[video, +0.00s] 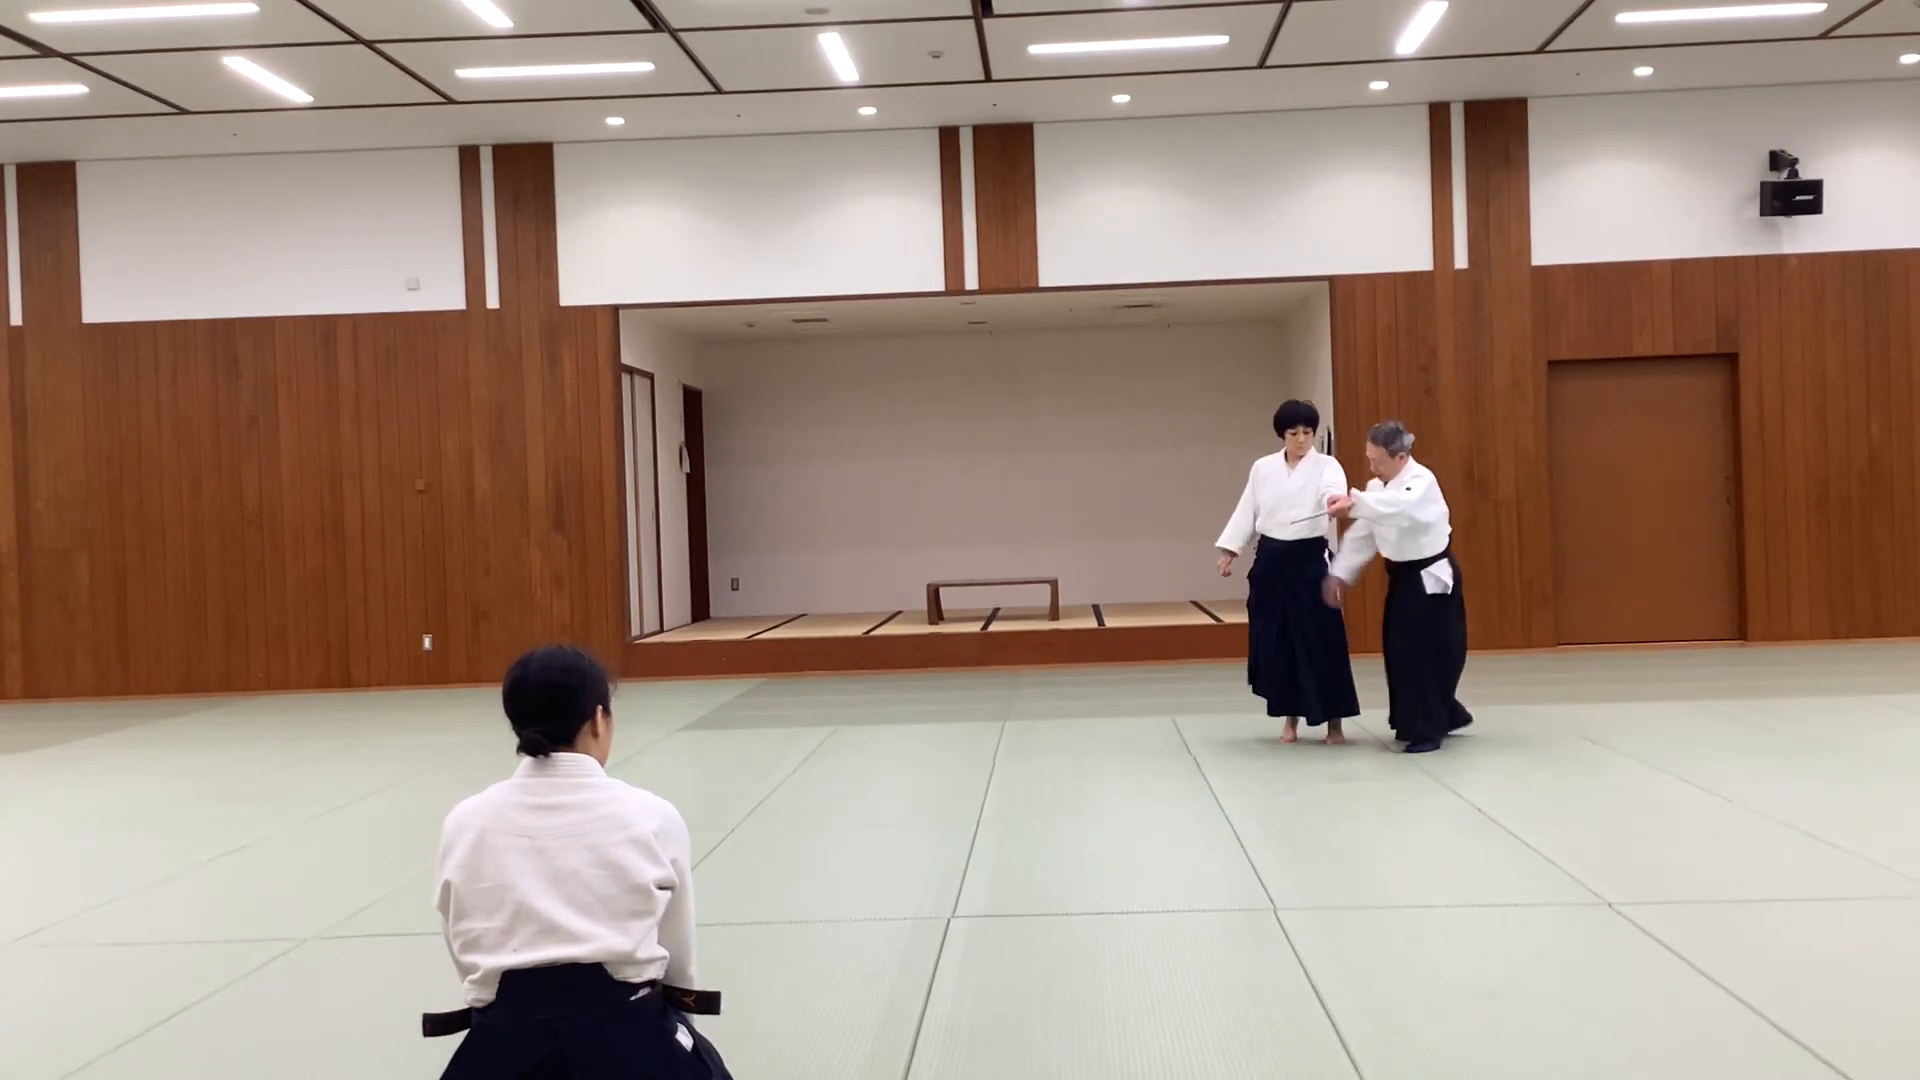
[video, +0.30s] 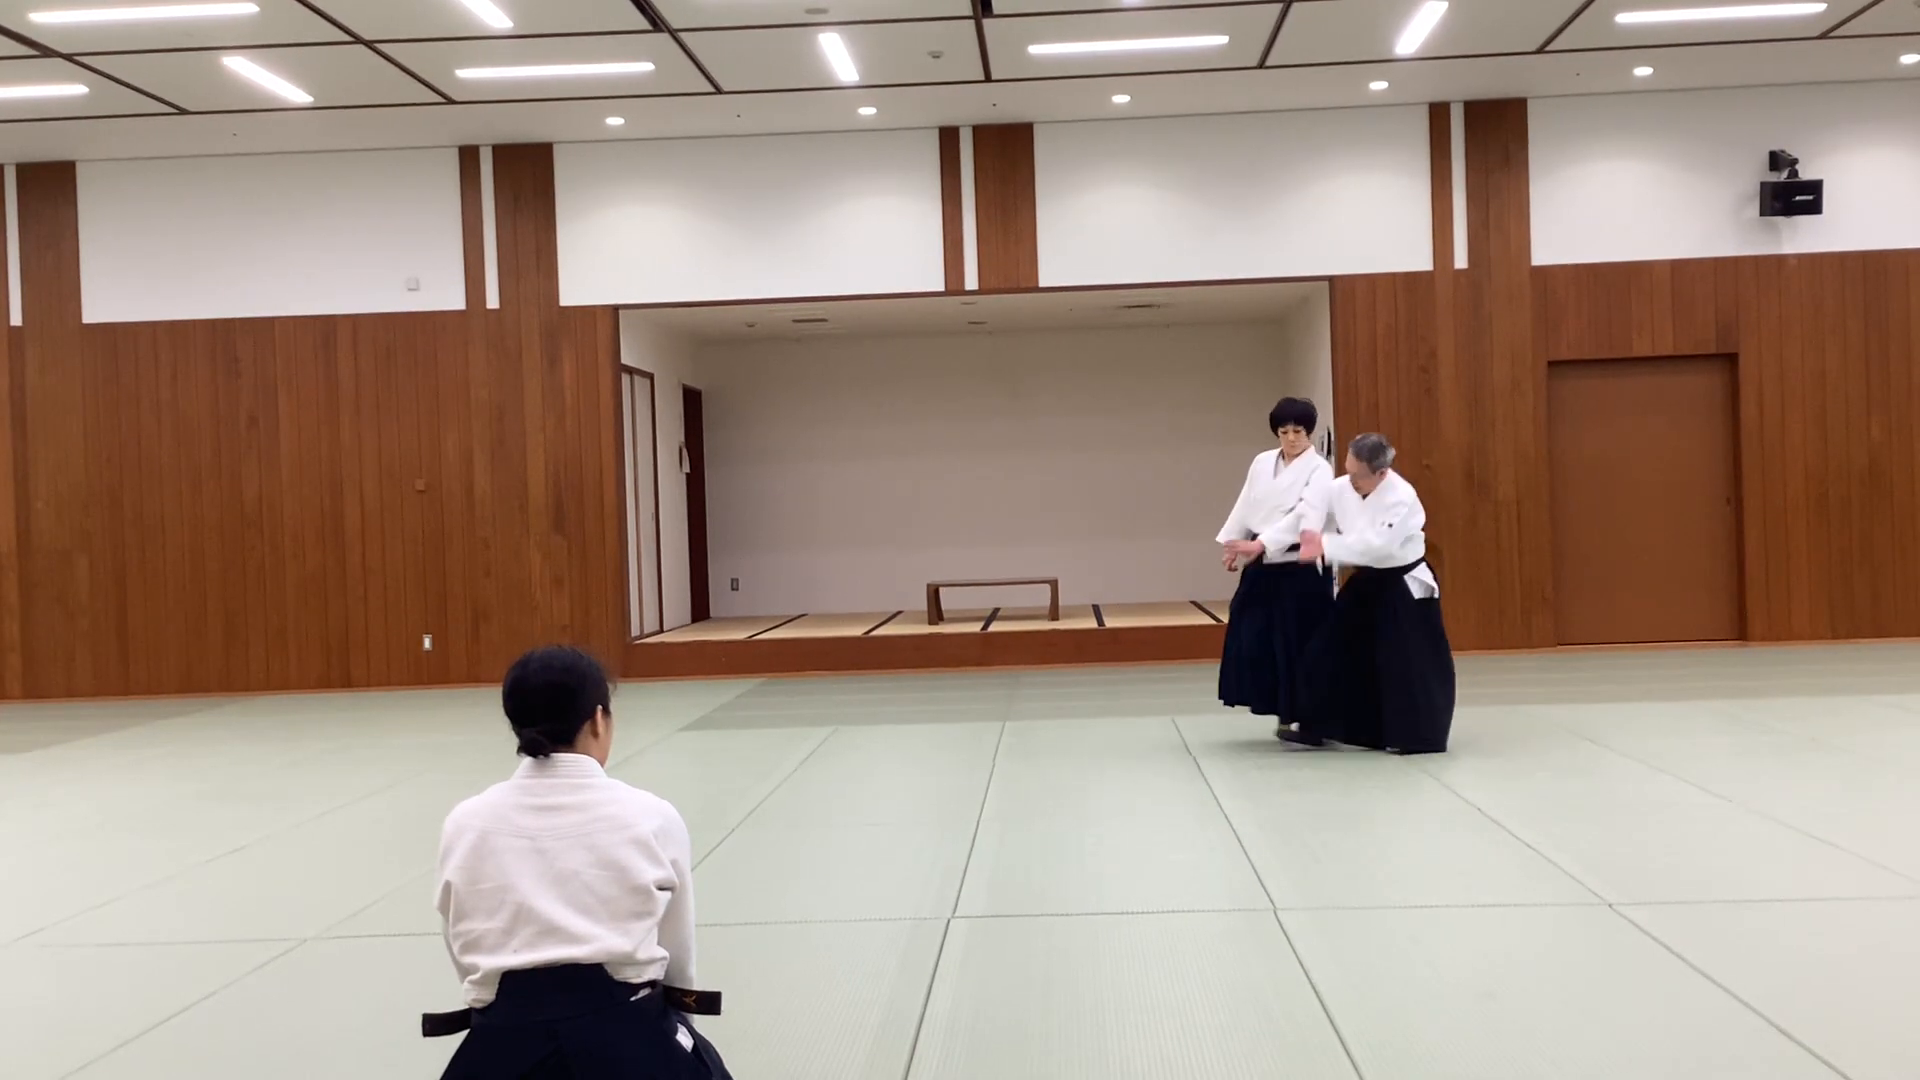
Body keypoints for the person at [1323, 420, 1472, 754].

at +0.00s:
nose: (1370, 465)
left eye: (1375, 459)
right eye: (1368, 459)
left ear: (1398, 455)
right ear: (1374, 454)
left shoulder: (1421, 480)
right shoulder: (1377, 487)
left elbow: (1400, 506)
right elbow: (1360, 535)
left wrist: (1354, 502)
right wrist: (1338, 573)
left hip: (1431, 576)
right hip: (1401, 577)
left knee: (1424, 650)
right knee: (1400, 649)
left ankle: (1426, 730)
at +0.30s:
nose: (1350, 478)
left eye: (1357, 474)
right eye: (1349, 471)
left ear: (1381, 473)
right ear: (1346, 464)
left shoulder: (1402, 498)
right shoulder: (1339, 488)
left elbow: (1385, 545)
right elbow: (1310, 507)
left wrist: (1327, 546)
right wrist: (1311, 533)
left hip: (1404, 585)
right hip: (1363, 583)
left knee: (1405, 659)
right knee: (1332, 649)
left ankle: (1411, 735)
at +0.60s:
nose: (1291, 515)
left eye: (1297, 510)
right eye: (1290, 508)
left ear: (1318, 506)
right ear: (1289, 501)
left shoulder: (1349, 524)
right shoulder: (1279, 534)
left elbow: (1358, 582)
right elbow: (1283, 583)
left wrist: (1318, 613)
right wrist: (1302, 614)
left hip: (1354, 602)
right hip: (1308, 606)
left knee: (1379, 668)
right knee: (1281, 668)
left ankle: (1414, 735)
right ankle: (1252, 742)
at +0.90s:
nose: (1230, 509)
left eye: (1236, 501)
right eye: (1226, 502)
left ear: (1257, 493)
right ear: (1224, 499)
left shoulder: (1286, 514)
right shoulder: (1223, 525)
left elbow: (1297, 568)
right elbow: (1189, 557)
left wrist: (1243, 596)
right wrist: (1155, 597)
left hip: (1324, 584)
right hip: (1280, 592)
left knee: (1360, 647)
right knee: (1254, 655)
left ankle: (1411, 718)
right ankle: (1248, 738)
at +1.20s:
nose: (1266, 485)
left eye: (1271, 476)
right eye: (1258, 479)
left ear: (1282, 471)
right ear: (1246, 481)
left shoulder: (1309, 501)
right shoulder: (1239, 509)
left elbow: (1345, 555)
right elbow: (1201, 532)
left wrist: (1330, 596)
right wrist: (1168, 554)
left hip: (1328, 585)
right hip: (1279, 590)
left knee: (1362, 659)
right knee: (1255, 663)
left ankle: (1401, 735)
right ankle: (1247, 743)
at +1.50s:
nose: (1327, 490)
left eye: (1335, 482)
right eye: (1322, 482)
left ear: (1355, 479)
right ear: (1317, 480)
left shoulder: (1378, 513)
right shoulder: (1313, 512)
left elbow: (1408, 565)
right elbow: (1310, 565)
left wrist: (1407, 609)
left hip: (1377, 599)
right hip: (1334, 596)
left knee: (1396, 669)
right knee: (1296, 658)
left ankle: (1405, 749)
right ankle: (1274, 737)